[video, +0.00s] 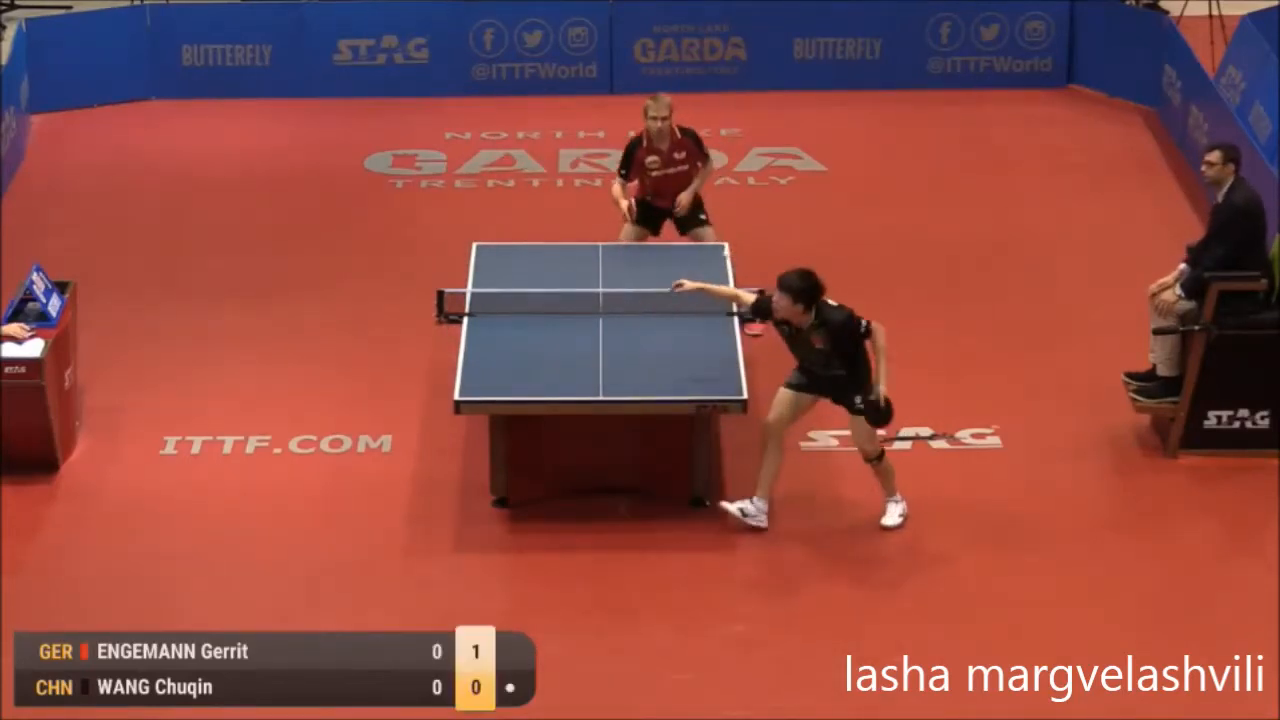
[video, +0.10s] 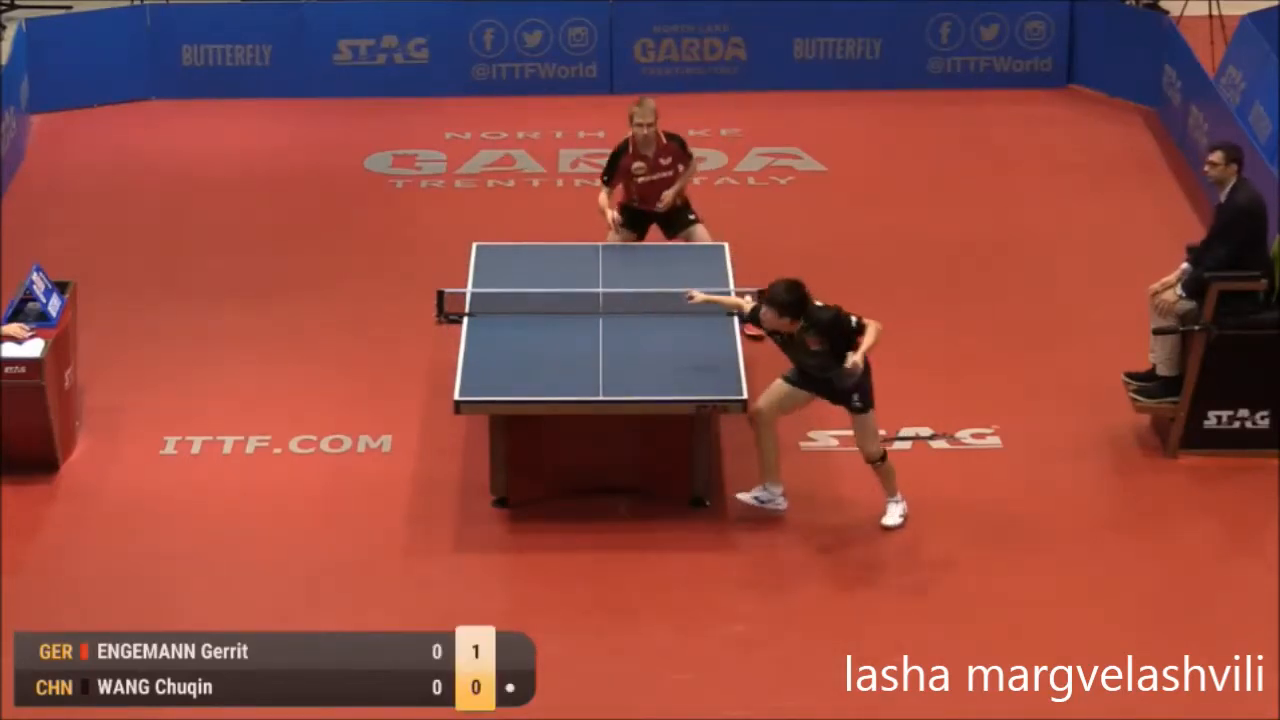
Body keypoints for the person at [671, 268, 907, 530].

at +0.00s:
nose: (774, 302)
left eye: (781, 299)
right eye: (775, 297)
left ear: (800, 307)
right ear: (785, 301)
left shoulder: (838, 318)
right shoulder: (775, 310)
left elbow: (877, 332)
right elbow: (737, 296)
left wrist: (881, 385)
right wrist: (698, 286)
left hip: (850, 379)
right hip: (810, 373)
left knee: (868, 449)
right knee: (773, 425)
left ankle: (894, 500)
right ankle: (759, 506)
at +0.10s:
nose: (763, 319)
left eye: (770, 315)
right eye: (764, 313)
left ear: (790, 320)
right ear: (765, 309)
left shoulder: (827, 318)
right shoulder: (769, 316)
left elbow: (873, 327)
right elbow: (740, 305)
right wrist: (705, 297)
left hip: (849, 376)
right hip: (810, 374)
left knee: (870, 450)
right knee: (762, 411)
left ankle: (895, 500)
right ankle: (773, 491)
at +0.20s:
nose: (750, 334)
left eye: (755, 330)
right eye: (748, 328)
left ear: (773, 328)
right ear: (757, 323)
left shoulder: (811, 323)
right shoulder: (768, 319)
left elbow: (859, 334)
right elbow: (743, 314)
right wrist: (712, 311)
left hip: (844, 380)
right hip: (805, 376)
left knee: (866, 455)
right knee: (755, 412)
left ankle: (894, 500)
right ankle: (776, 483)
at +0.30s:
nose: (717, 340)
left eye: (718, 335)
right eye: (714, 335)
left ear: (733, 329)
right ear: (735, 325)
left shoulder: (770, 330)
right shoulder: (745, 335)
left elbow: (814, 341)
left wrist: (777, 363)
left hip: (826, 384)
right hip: (793, 383)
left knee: (846, 463)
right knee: (744, 421)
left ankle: (890, 496)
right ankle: (768, 491)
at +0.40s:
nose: (699, 330)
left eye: (699, 325)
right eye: (697, 325)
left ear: (713, 321)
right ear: (719, 316)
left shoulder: (748, 328)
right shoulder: (737, 324)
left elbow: (789, 341)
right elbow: (778, 326)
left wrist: (740, 361)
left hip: (813, 386)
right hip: (785, 383)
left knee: (814, 469)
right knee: (742, 423)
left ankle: (879, 487)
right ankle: (768, 491)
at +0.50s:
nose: (684, 303)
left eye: (685, 297)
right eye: (683, 297)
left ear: (694, 299)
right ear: (711, 288)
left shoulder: (726, 314)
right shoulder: (733, 297)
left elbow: (756, 336)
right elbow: (784, 301)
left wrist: (709, 348)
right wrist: (812, 313)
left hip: (789, 381)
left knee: (760, 461)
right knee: (758, 425)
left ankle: (835, 484)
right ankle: (768, 490)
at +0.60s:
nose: (678, 283)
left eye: (678, 277)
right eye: (678, 276)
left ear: (685, 280)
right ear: (709, 269)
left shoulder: (712, 302)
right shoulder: (736, 282)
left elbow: (738, 333)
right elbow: (784, 296)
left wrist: (689, 347)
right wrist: (819, 314)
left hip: (768, 378)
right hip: (787, 367)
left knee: (731, 454)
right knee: (768, 427)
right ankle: (768, 490)